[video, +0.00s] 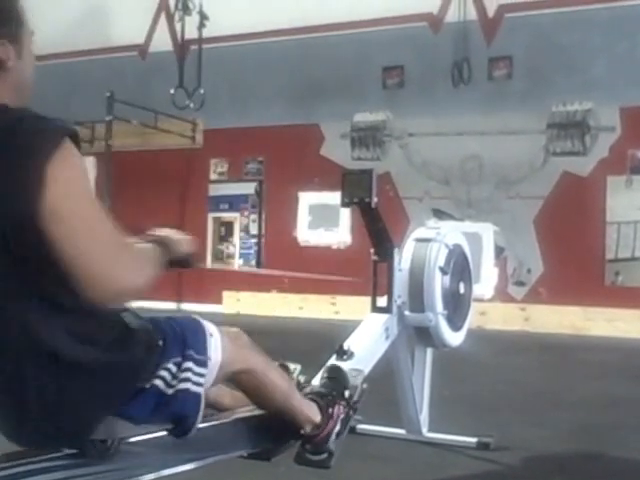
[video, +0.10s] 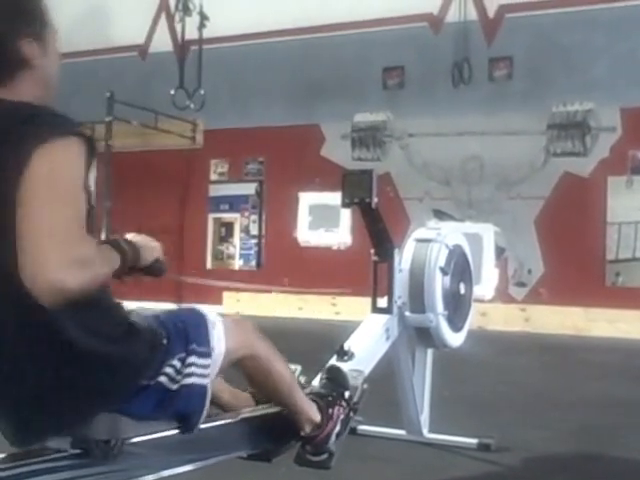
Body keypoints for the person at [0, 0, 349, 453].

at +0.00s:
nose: (32, 63)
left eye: (30, 48)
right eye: (29, 49)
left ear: (4, 53)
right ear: (7, 54)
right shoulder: (34, 140)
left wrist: (132, 249)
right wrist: (160, 247)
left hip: (10, 381)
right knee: (235, 345)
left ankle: (262, 412)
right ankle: (314, 420)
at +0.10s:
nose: (58, 60)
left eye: (55, 47)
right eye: (52, 46)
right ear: (29, 48)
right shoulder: (47, 135)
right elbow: (55, 273)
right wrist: (127, 250)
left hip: (10, 365)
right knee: (243, 333)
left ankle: (245, 407)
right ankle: (312, 420)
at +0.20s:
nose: (93, 64)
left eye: (91, 51)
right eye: (88, 50)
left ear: (7, 57)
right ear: (65, 53)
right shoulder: (83, 135)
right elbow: (105, 265)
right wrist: (167, 249)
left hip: (16, 377)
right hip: (85, 369)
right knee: (252, 313)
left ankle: (255, 418)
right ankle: (312, 422)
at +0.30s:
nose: (135, 63)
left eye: (131, 52)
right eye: (129, 52)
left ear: (45, 65)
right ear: (113, 59)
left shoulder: (13, 142)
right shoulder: (131, 140)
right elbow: (203, 264)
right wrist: (226, 244)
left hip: (50, 382)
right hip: (127, 373)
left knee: (191, 289)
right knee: (263, 289)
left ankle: (248, 413)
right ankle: (311, 417)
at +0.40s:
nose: (178, 78)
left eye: (174, 65)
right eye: (173, 65)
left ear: (95, 79)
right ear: (157, 74)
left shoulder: (57, 150)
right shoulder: (182, 153)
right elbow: (273, 266)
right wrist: (276, 229)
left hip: (85, 381)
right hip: (164, 380)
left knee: (206, 274)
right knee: (281, 283)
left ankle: (246, 416)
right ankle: (317, 421)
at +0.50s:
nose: (215, 92)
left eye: (211, 79)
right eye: (210, 80)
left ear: (140, 91)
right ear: (194, 89)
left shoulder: (108, 158)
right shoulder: (227, 160)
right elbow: (319, 255)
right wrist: (332, 241)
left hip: (114, 371)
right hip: (192, 374)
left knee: (223, 269)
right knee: (300, 263)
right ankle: (319, 422)